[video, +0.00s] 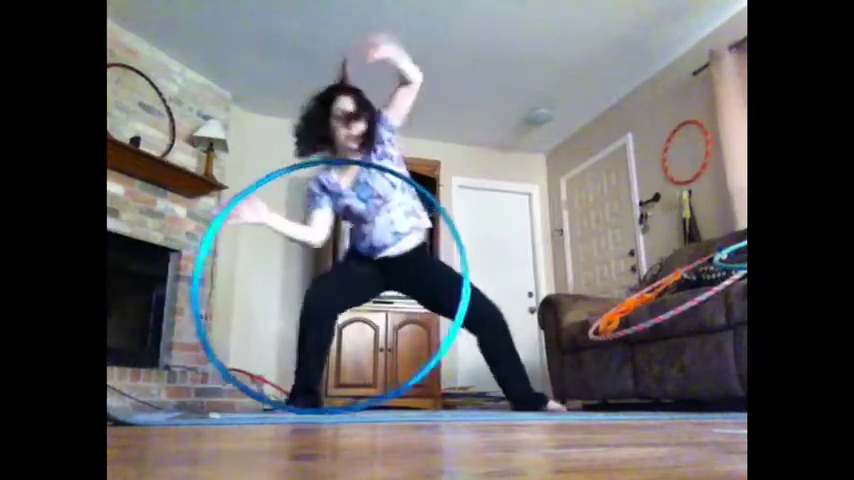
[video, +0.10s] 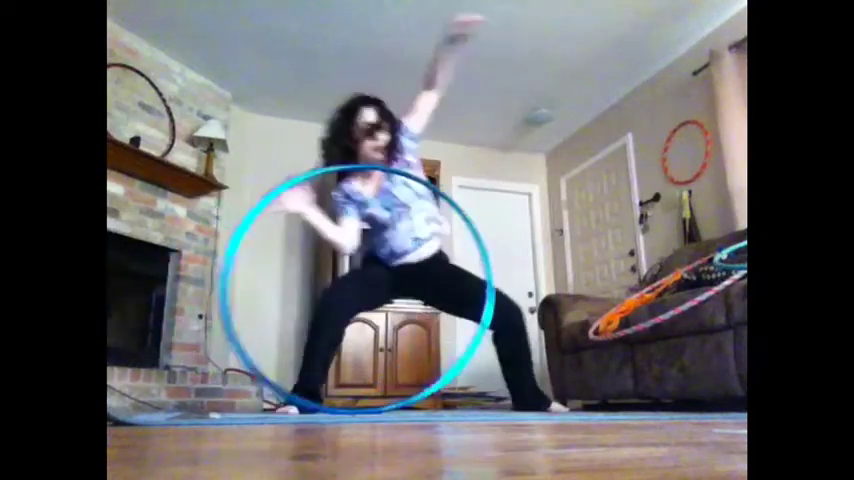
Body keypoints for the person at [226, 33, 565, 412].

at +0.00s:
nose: (354, 127)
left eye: (360, 118)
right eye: (344, 120)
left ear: (369, 119)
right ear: (327, 127)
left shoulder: (384, 137)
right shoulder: (325, 180)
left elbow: (413, 82)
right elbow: (315, 235)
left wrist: (395, 55)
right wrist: (266, 216)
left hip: (415, 262)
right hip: (367, 268)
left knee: (488, 317)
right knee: (320, 299)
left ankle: (526, 402)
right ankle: (305, 398)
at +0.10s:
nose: (380, 138)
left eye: (383, 129)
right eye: (369, 132)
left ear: (390, 129)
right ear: (349, 140)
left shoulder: (403, 146)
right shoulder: (350, 192)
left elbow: (432, 91)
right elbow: (346, 243)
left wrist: (454, 40)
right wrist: (308, 210)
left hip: (432, 270)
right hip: (383, 276)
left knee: (507, 314)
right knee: (333, 305)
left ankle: (530, 402)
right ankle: (304, 401)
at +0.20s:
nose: (396, 142)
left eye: (402, 134)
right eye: (386, 136)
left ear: (411, 136)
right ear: (370, 142)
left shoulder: (425, 153)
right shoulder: (369, 194)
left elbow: (457, 101)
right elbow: (374, 245)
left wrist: (491, 55)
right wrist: (343, 205)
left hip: (445, 275)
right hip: (396, 279)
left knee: (520, 313)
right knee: (347, 306)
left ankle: (532, 402)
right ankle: (306, 400)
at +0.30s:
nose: (421, 149)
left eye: (427, 141)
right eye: (412, 141)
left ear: (435, 143)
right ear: (394, 147)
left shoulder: (448, 156)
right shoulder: (386, 189)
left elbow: (490, 112)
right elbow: (403, 248)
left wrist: (535, 75)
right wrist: (382, 199)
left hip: (459, 282)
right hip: (409, 283)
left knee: (534, 312)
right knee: (360, 314)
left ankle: (536, 404)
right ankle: (306, 400)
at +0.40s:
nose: (451, 154)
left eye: (460, 149)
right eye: (443, 148)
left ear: (469, 154)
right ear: (428, 154)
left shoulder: (481, 174)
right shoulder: (427, 198)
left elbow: (531, 146)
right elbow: (439, 253)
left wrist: (584, 133)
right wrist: (447, 207)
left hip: (478, 291)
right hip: (431, 291)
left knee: (549, 310)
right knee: (370, 334)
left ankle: (537, 401)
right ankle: (307, 404)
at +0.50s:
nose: (476, 160)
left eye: (484, 155)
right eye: (469, 152)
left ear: (494, 160)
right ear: (454, 155)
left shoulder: (499, 198)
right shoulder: (445, 203)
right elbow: (461, 256)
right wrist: (477, 210)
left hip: (492, 299)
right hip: (443, 297)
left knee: (566, 315)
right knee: (376, 341)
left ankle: (539, 402)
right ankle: (306, 404)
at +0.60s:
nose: (515, 172)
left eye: (522, 166)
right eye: (507, 163)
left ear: (528, 172)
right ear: (487, 168)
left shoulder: (533, 206)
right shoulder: (472, 211)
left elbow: (577, 230)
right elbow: (482, 250)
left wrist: (621, 241)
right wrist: (520, 218)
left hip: (511, 310)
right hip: (459, 306)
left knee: (576, 319)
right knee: (392, 344)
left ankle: (535, 408)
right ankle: (306, 406)